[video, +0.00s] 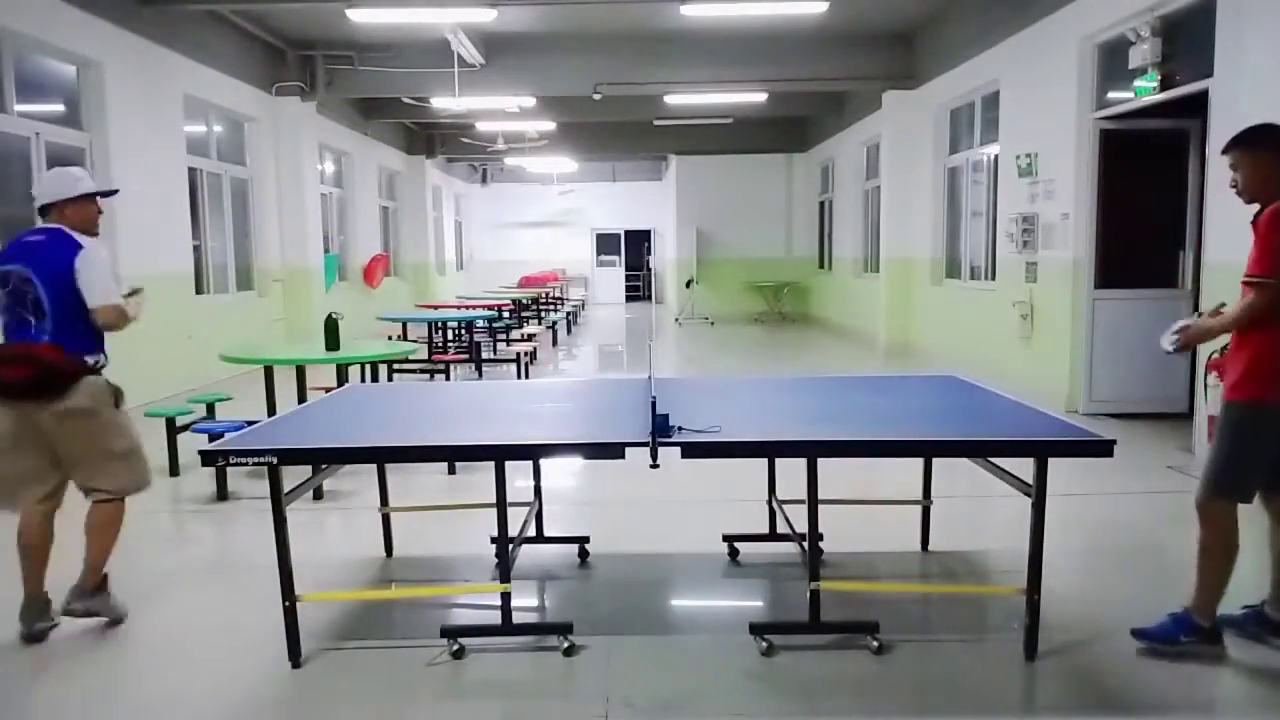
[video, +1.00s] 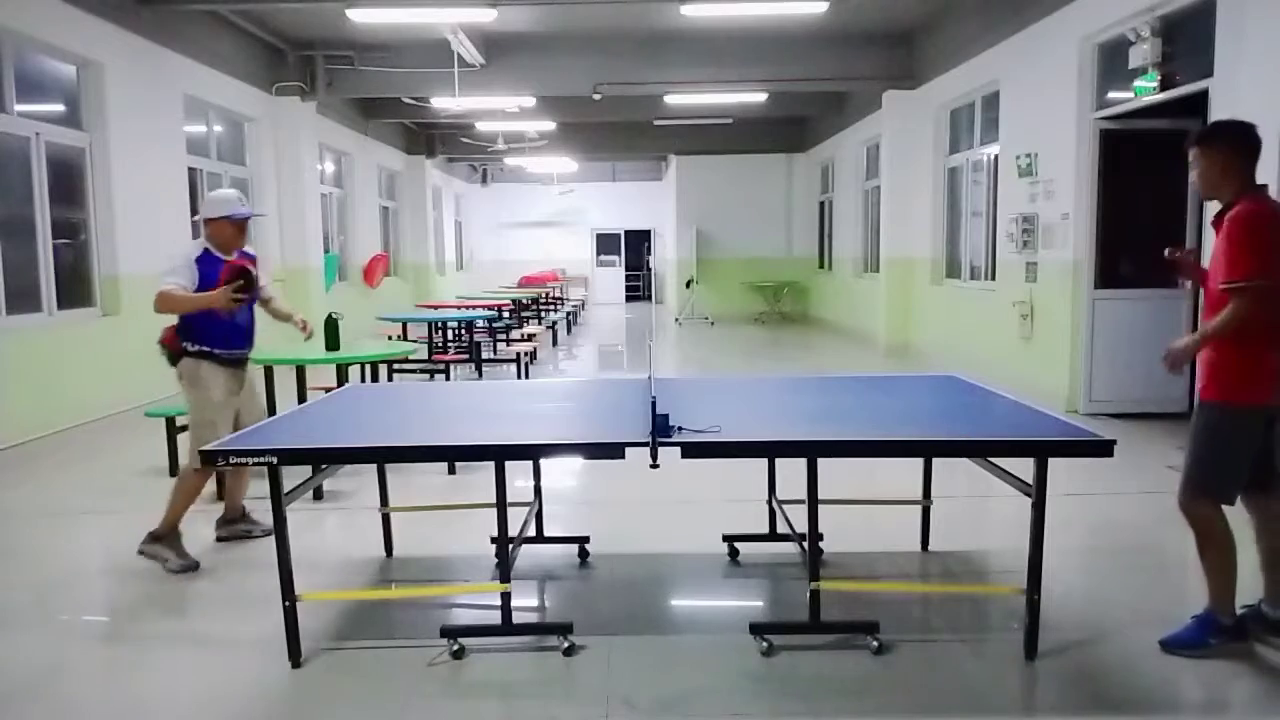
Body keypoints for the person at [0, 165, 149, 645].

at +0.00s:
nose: (100, 208)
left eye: (97, 200)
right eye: (92, 201)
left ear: (51, 208)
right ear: (68, 207)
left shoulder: (12, 250)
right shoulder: (81, 251)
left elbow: (14, 318)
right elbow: (107, 317)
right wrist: (129, 309)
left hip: (14, 394)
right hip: (73, 392)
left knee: (36, 497)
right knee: (112, 484)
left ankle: (34, 608)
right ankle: (90, 589)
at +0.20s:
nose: (116, 211)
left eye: (113, 204)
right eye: (107, 205)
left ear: (74, 213)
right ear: (81, 211)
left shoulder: (45, 251)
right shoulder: (87, 250)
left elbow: (85, 306)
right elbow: (103, 314)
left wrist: (143, 297)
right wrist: (145, 315)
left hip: (36, 388)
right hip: (84, 387)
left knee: (44, 494)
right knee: (113, 479)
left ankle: (33, 603)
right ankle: (138, 555)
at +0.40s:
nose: (158, 227)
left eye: (156, 219)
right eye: (150, 220)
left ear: (116, 225)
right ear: (127, 224)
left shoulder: (92, 259)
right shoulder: (134, 265)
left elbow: (135, 310)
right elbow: (149, 326)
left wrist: (193, 299)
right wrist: (192, 317)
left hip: (89, 388)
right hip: (132, 387)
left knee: (99, 471)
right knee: (157, 465)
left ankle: (60, 545)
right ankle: (149, 554)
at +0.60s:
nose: (187, 220)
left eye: (186, 213)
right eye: (179, 213)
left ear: (158, 219)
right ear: (154, 217)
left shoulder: (155, 253)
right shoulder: (146, 252)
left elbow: (174, 307)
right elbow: (147, 312)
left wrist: (213, 327)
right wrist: (209, 307)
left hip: (151, 372)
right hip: (150, 374)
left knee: (166, 458)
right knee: (165, 461)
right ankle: (147, 557)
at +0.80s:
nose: (218, 232)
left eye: (218, 224)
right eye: (211, 224)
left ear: (206, 226)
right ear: (185, 225)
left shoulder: (209, 266)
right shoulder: (165, 260)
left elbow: (215, 319)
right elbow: (153, 311)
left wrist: (253, 341)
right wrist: (217, 298)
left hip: (200, 375)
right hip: (174, 375)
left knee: (215, 452)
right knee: (181, 469)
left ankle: (229, 517)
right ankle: (150, 551)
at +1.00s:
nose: (245, 231)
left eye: (246, 223)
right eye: (237, 224)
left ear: (242, 226)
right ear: (212, 225)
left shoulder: (246, 261)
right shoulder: (192, 258)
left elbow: (266, 300)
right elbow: (162, 301)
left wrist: (292, 317)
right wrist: (213, 299)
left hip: (238, 367)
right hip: (203, 366)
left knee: (248, 440)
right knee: (209, 453)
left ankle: (233, 517)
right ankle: (163, 534)